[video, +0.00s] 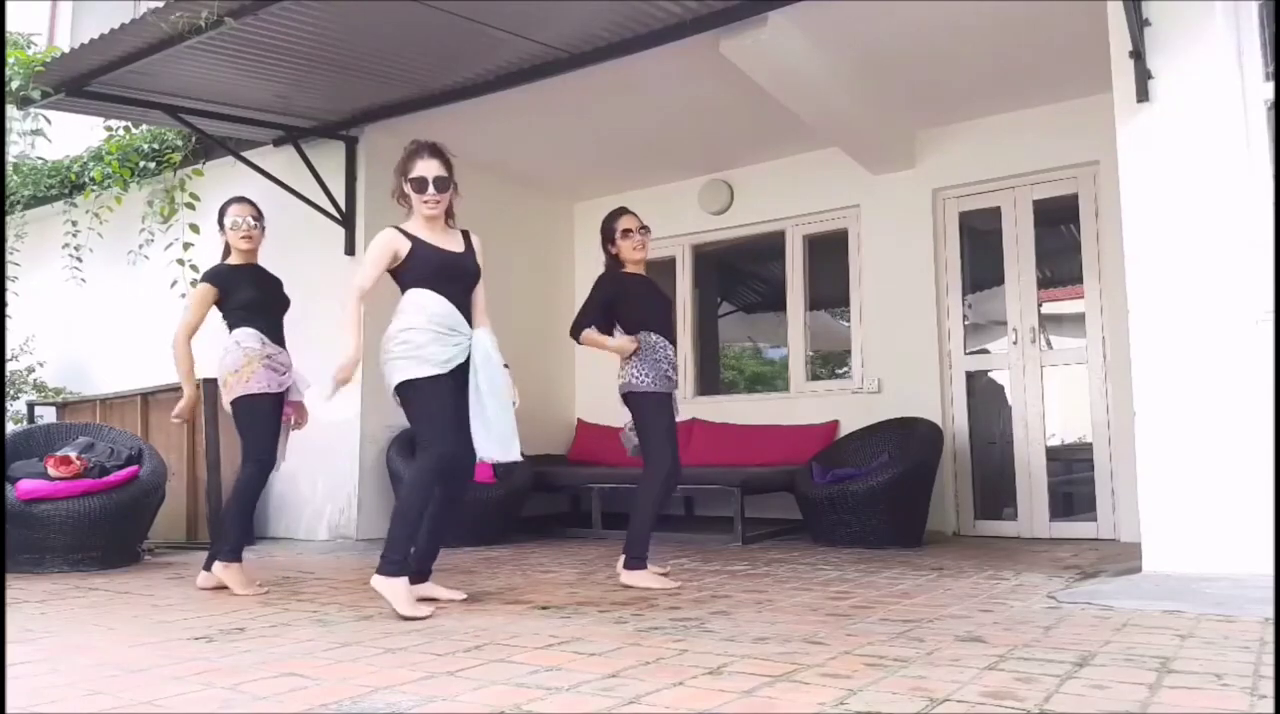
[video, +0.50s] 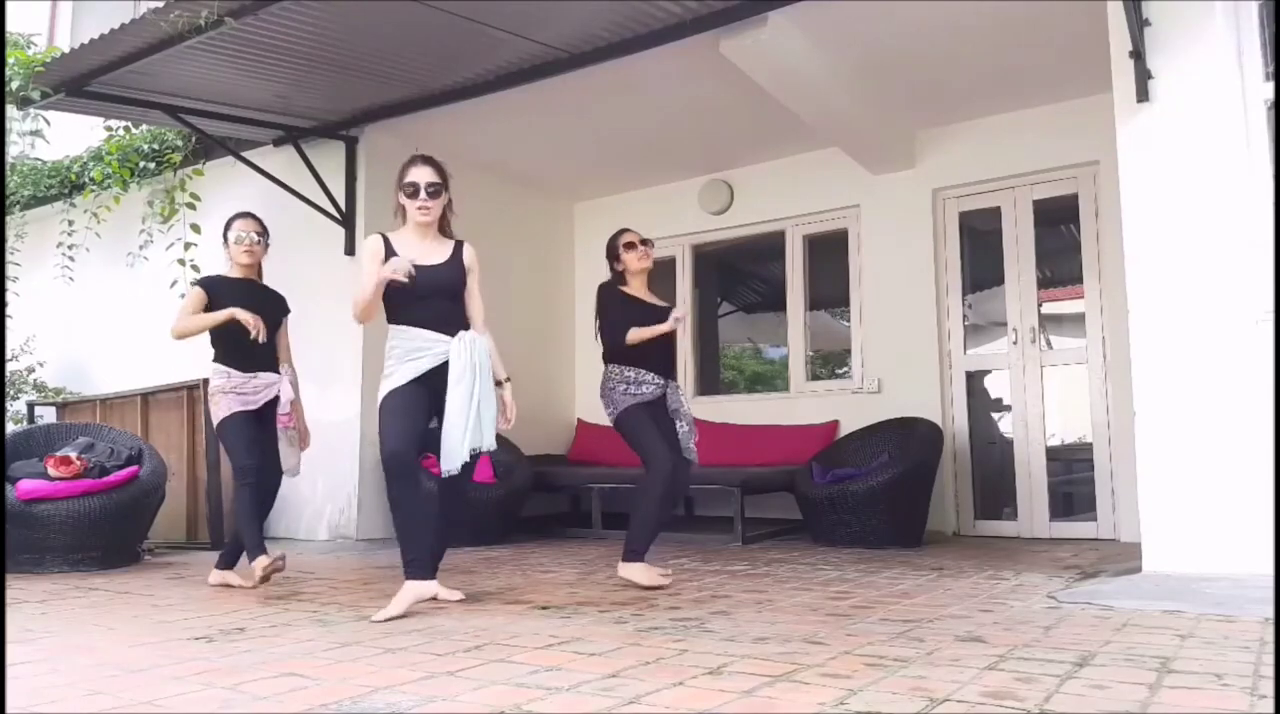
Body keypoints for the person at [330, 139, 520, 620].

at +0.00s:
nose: (432, 190)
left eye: (440, 182)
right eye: (420, 183)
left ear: (452, 187)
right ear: (405, 189)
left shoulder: (468, 242)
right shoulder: (395, 238)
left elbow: (479, 316)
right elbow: (357, 292)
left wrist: (499, 372)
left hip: (460, 360)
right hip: (414, 356)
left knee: (459, 463)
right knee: (437, 453)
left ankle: (420, 575)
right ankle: (391, 572)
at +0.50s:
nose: (423, 197)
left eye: (433, 189)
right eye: (413, 190)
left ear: (446, 197)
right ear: (400, 197)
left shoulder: (463, 253)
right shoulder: (380, 245)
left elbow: (479, 325)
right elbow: (363, 314)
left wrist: (502, 381)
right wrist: (380, 277)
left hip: (460, 368)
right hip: (407, 367)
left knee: (453, 472)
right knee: (396, 454)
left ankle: (428, 575)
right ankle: (417, 576)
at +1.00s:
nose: (418, 188)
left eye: (428, 180)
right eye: (408, 182)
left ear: (444, 185)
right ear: (399, 190)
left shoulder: (468, 244)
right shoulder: (384, 244)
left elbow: (484, 314)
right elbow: (333, 288)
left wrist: (505, 368)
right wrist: (330, 301)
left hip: (453, 362)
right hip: (397, 361)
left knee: (454, 472)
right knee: (383, 453)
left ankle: (423, 576)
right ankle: (360, 576)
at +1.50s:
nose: (416, 196)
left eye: (426, 186)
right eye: (407, 189)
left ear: (449, 188)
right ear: (401, 196)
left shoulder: (474, 247)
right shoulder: (387, 246)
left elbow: (492, 318)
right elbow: (364, 314)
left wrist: (528, 367)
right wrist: (346, 307)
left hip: (463, 365)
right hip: (405, 364)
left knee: (451, 466)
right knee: (376, 456)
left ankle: (438, 576)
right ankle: (384, 579)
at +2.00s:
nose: (423, 202)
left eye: (433, 193)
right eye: (414, 195)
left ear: (452, 197)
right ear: (406, 203)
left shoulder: (477, 250)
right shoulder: (392, 255)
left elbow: (494, 318)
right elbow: (351, 307)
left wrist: (519, 363)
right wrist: (314, 305)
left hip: (457, 374)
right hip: (405, 372)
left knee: (440, 477)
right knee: (332, 456)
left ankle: (435, 576)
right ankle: (365, 567)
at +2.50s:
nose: (408, 193)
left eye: (417, 183)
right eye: (401, 187)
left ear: (443, 185)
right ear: (399, 196)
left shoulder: (470, 240)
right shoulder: (398, 249)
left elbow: (490, 307)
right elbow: (379, 316)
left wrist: (518, 343)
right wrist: (333, 303)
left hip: (454, 364)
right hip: (405, 366)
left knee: (437, 465)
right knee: (346, 457)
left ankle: (453, 575)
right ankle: (376, 570)